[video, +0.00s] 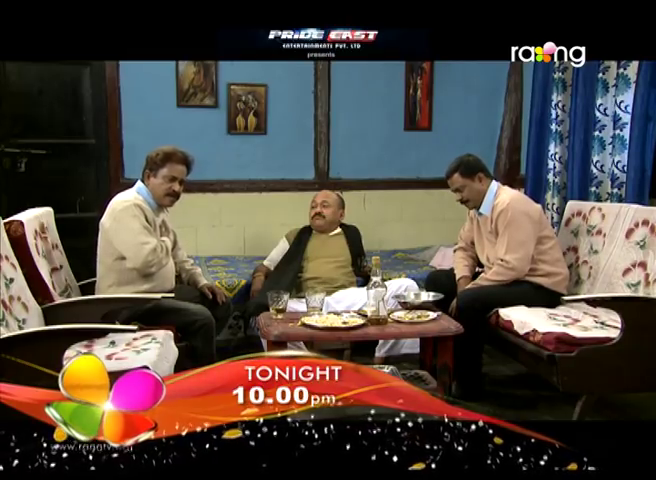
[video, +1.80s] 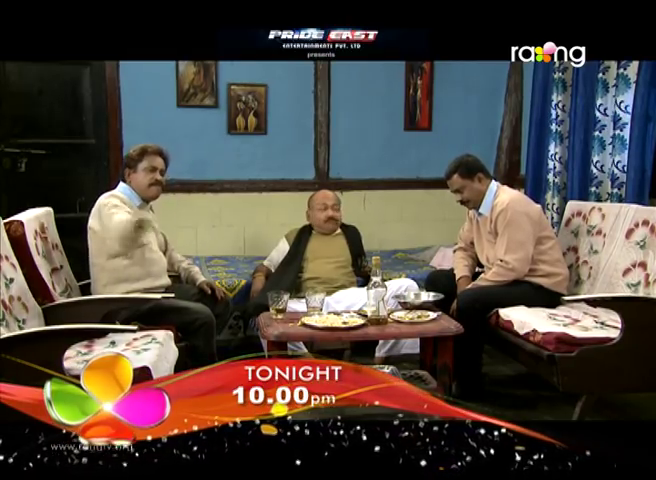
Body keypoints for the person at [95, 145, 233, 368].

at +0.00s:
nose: (177, 189)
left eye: (181, 183)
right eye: (171, 180)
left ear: (184, 185)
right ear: (149, 177)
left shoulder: (157, 215)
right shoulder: (125, 208)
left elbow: (179, 258)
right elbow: (144, 261)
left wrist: (202, 283)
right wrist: (166, 242)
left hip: (156, 296)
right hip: (127, 304)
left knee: (219, 304)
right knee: (200, 319)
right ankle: (203, 384)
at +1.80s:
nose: (159, 178)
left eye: (162, 173)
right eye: (151, 171)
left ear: (164, 178)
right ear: (129, 175)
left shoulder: (144, 210)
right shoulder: (110, 203)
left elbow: (170, 256)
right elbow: (121, 240)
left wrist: (199, 280)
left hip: (157, 293)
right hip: (126, 301)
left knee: (218, 302)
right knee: (201, 317)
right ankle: (203, 383)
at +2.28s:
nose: (159, 182)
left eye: (165, 177)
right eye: (152, 174)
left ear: (169, 182)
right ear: (133, 175)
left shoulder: (154, 211)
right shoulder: (107, 209)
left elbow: (172, 255)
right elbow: (82, 248)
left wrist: (200, 279)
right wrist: (74, 266)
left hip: (161, 294)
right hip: (127, 303)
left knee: (220, 302)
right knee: (199, 318)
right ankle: (204, 386)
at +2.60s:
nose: (161, 182)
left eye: (167, 178)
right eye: (154, 175)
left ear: (171, 182)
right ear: (135, 175)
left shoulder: (156, 211)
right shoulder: (110, 207)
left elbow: (172, 256)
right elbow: (82, 241)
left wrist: (200, 279)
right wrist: (76, 257)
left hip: (162, 294)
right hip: (129, 303)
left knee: (219, 301)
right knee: (199, 317)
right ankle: (205, 385)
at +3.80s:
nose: (171, 186)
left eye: (177, 181)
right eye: (164, 178)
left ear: (182, 185)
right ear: (146, 176)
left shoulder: (166, 212)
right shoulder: (118, 207)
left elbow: (176, 256)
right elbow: (87, 245)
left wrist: (200, 279)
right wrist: (86, 262)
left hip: (164, 298)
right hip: (128, 305)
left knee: (218, 301)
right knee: (199, 318)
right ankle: (205, 384)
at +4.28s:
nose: (180, 190)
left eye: (187, 185)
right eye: (174, 181)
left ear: (191, 188)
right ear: (156, 177)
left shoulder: (174, 214)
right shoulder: (127, 208)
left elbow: (179, 259)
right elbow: (93, 248)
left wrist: (202, 280)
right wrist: (99, 264)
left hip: (167, 297)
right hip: (131, 304)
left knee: (221, 303)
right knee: (200, 319)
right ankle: (205, 386)